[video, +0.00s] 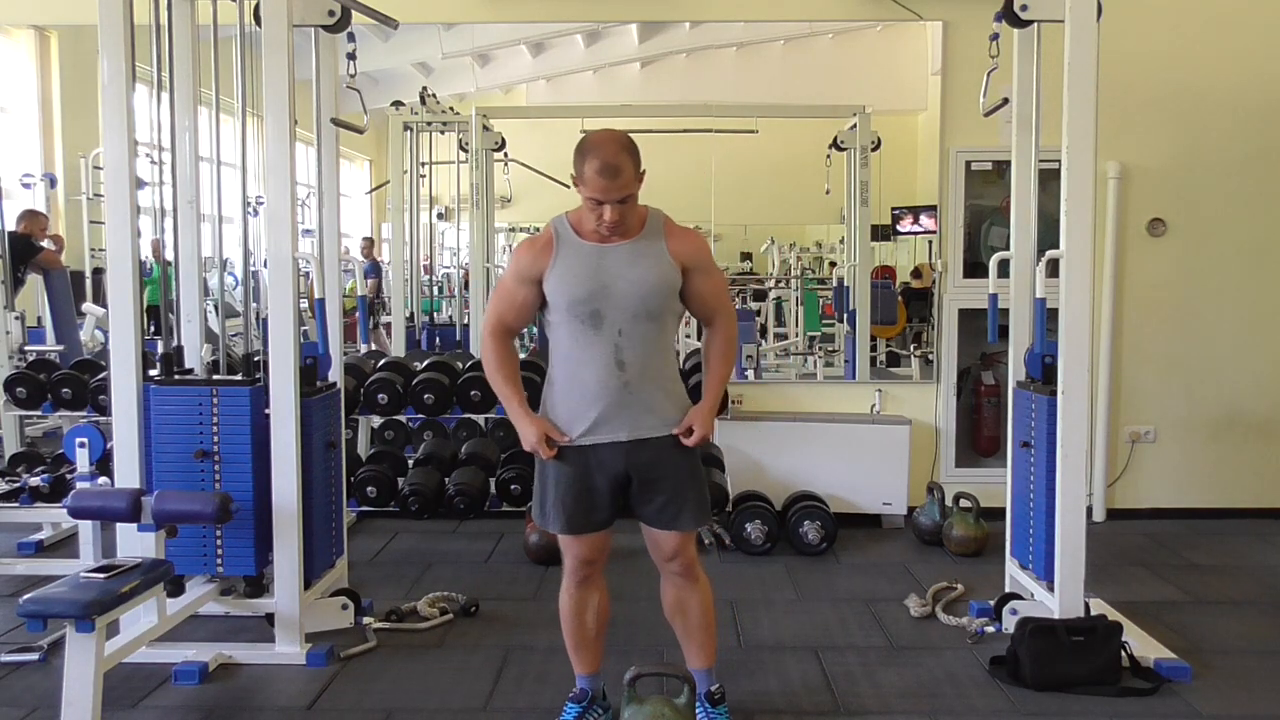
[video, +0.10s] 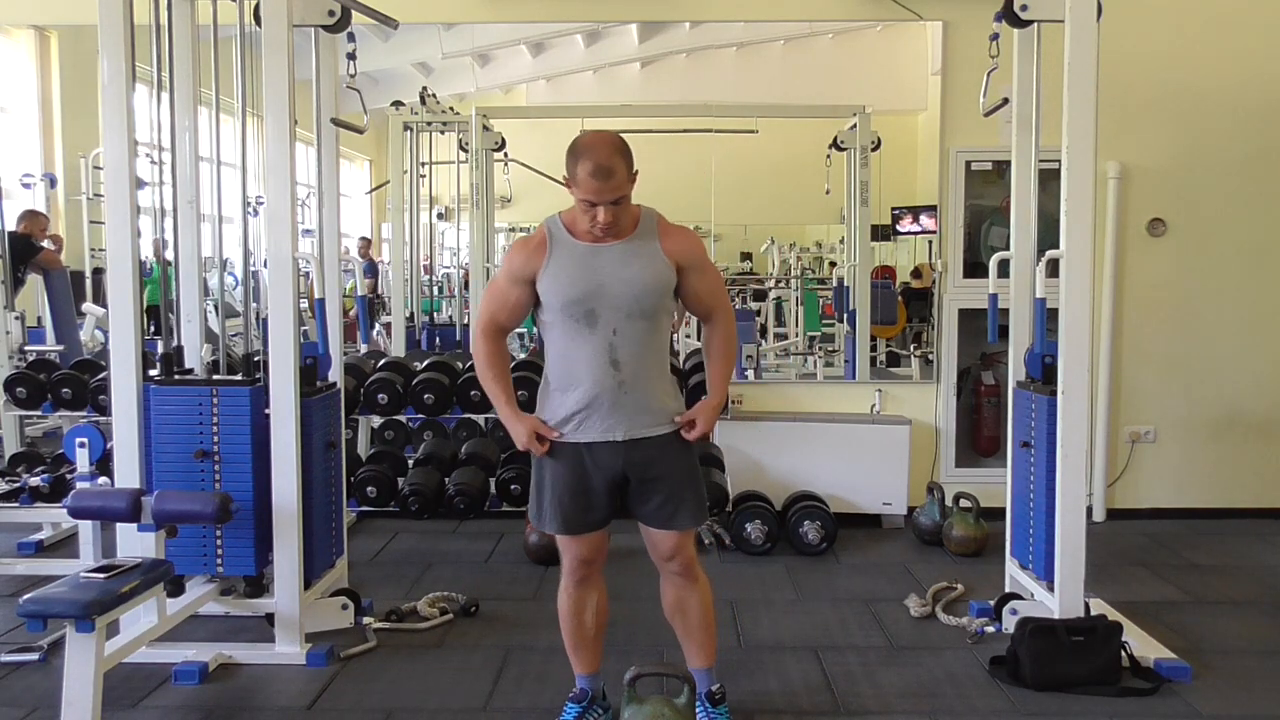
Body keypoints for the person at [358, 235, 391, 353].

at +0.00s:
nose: (362, 251)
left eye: (365, 248)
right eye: (361, 248)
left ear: (372, 249)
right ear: (360, 248)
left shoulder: (373, 265)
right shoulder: (367, 265)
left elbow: (372, 290)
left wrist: (361, 309)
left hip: (373, 302)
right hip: (369, 302)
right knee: (377, 332)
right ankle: (389, 356)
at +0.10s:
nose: (359, 250)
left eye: (362, 248)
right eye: (358, 247)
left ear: (369, 248)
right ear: (356, 247)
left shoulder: (370, 265)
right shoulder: (363, 264)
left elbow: (368, 289)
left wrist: (356, 308)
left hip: (367, 302)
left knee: (366, 333)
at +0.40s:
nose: (352, 251)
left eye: (355, 248)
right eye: (351, 248)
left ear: (361, 249)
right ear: (349, 247)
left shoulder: (366, 266)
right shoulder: (350, 265)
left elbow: (363, 290)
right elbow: (347, 287)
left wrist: (349, 307)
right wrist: (344, 304)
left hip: (359, 304)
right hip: (348, 302)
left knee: (358, 334)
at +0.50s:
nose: (350, 251)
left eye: (354, 249)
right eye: (349, 248)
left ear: (359, 249)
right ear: (347, 247)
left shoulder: (364, 267)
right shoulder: (343, 264)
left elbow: (365, 290)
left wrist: (353, 306)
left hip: (356, 300)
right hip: (343, 297)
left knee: (356, 331)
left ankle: (360, 353)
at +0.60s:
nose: (349, 251)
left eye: (352, 249)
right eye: (347, 248)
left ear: (357, 250)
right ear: (343, 247)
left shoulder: (360, 265)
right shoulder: (337, 263)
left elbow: (369, 286)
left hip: (354, 305)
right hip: (338, 304)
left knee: (356, 337)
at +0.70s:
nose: (346, 251)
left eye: (349, 248)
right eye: (344, 248)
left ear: (353, 249)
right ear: (340, 247)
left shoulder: (359, 265)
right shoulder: (335, 263)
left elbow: (369, 284)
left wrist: (372, 303)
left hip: (354, 304)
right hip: (338, 303)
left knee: (355, 335)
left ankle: (361, 354)